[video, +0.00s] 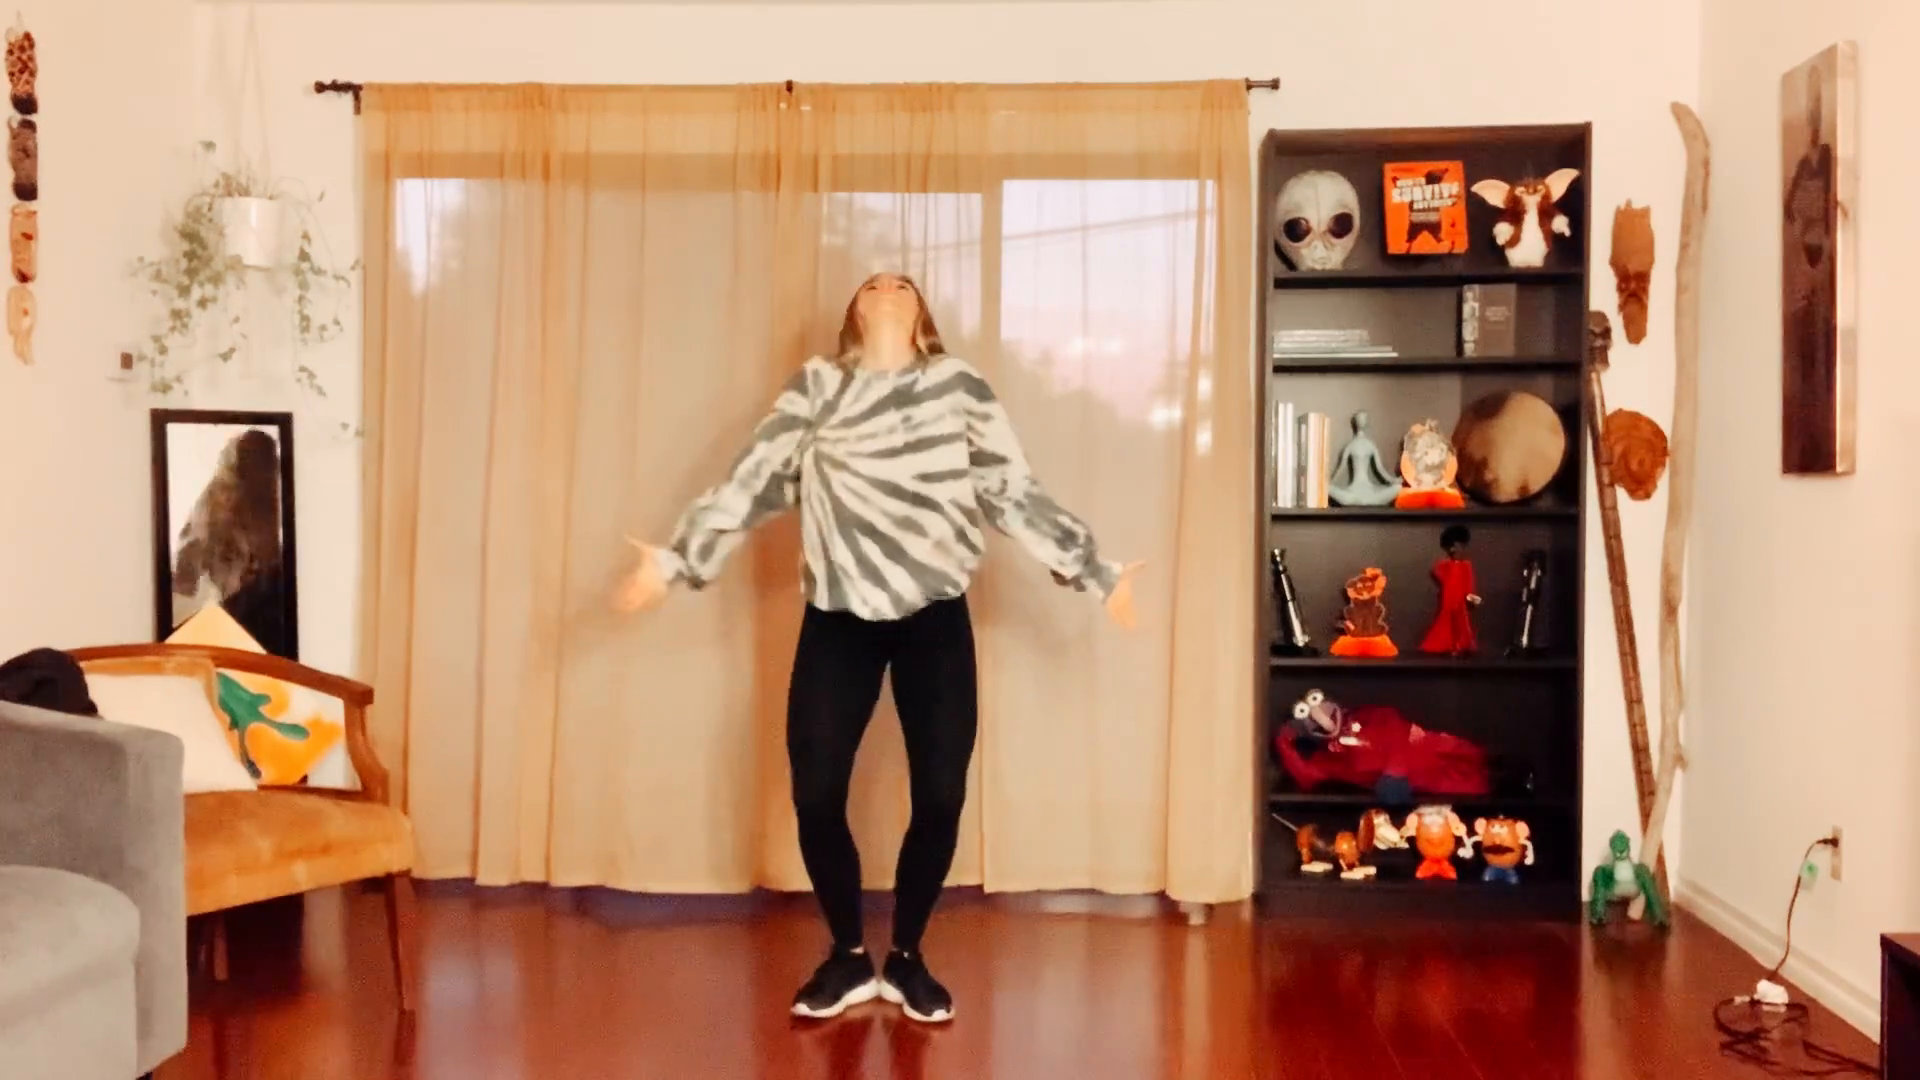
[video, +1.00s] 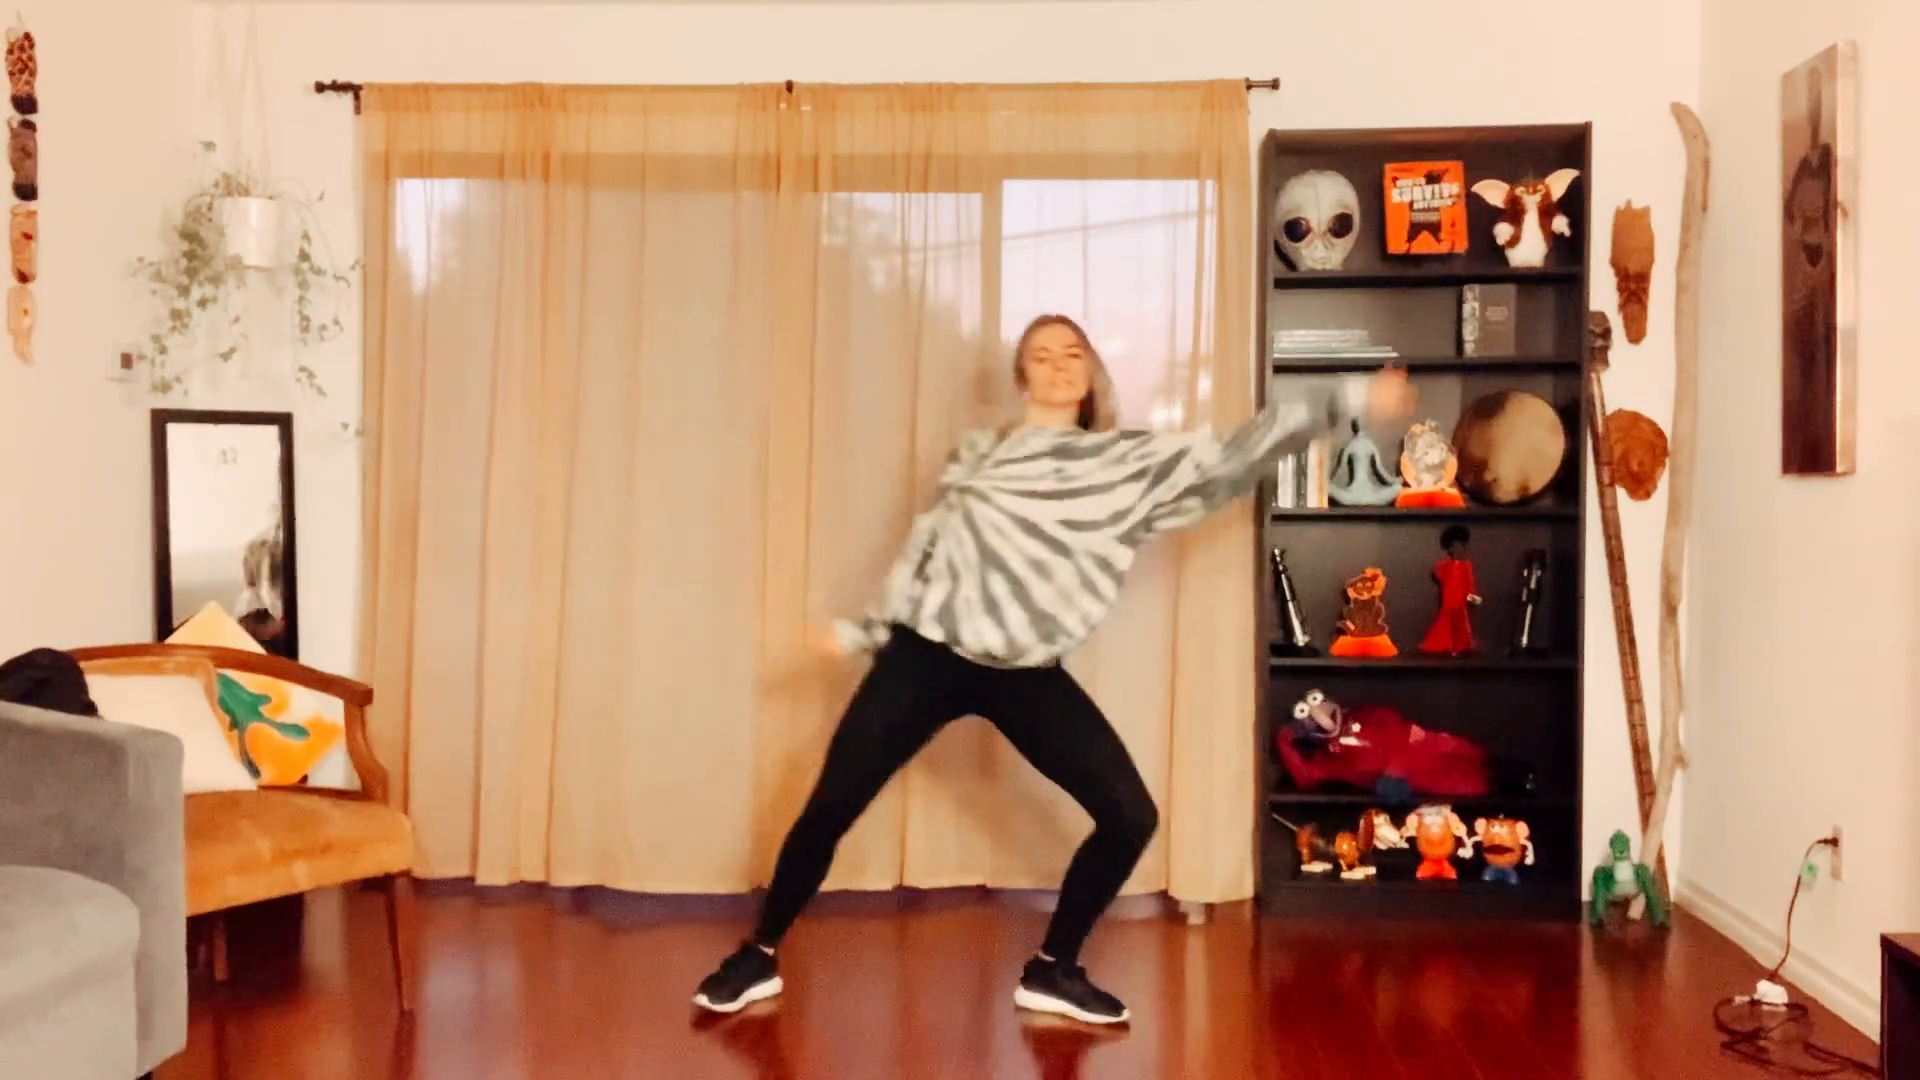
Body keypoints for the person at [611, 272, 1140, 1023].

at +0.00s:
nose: (885, 287)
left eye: (901, 286)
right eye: (871, 285)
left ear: (923, 323)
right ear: (851, 323)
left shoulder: (958, 386)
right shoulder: (820, 386)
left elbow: (1013, 492)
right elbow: (751, 479)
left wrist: (1096, 569)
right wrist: (674, 558)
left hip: (934, 615)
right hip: (839, 616)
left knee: (941, 797)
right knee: (815, 795)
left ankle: (905, 959)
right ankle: (849, 958)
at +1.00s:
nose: (1055, 359)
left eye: (1070, 350)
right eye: (1040, 351)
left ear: (1091, 376)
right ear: (1021, 375)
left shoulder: (1129, 463)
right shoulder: (983, 459)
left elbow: (1236, 454)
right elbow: (925, 549)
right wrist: (865, 624)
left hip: (1028, 668)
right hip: (930, 650)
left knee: (1129, 817)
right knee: (831, 801)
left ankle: (1054, 972)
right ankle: (760, 954)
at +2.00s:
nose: (1299, 340)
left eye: (1298, 327)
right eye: (1283, 328)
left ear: (1296, 342)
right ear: (1243, 343)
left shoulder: (1344, 422)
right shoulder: (1200, 435)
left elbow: (1456, 470)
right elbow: (1139, 540)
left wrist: (1575, 472)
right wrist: (1048, 581)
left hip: (1284, 648)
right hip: (1182, 635)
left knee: (1377, 803)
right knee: (1120, 807)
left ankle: (1398, 979)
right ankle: (1048, 965)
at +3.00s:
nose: (1220, 361)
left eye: (1225, 348)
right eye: (1205, 346)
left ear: (1225, 356)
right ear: (1161, 346)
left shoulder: (1217, 419)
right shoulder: (1122, 406)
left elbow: (1278, 490)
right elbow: (1180, 437)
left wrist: (1296, 453)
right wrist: (1251, 411)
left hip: (1197, 639)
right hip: (1157, 639)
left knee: (1243, 808)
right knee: (1278, 798)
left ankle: (1141, 967)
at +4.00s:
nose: (1170, 493)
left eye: (1186, 489)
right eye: (1160, 479)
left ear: (1197, 513)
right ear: (1130, 481)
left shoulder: (1169, 573)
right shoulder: (1066, 498)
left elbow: (1147, 608)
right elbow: (1099, 533)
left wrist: (1160, 525)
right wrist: (1174, 537)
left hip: (1067, 725)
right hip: (965, 710)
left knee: (1205, 802)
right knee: (835, 840)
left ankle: (1150, 970)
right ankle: (823, 967)